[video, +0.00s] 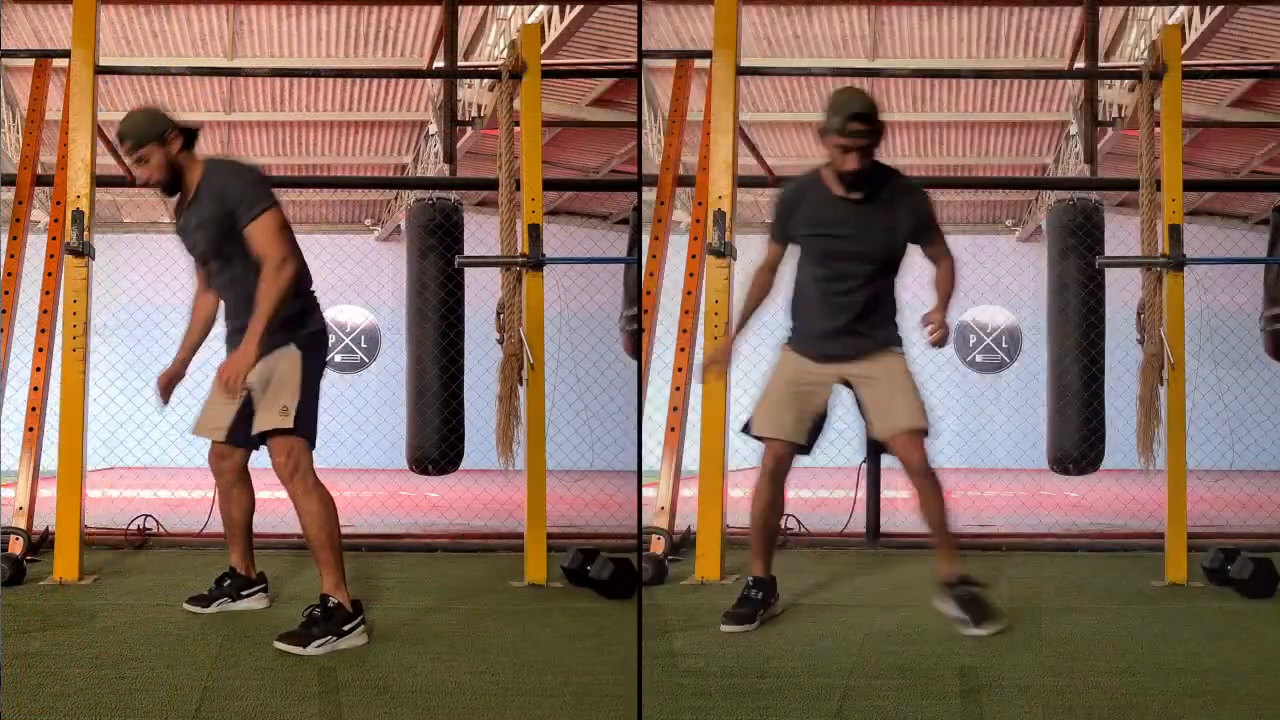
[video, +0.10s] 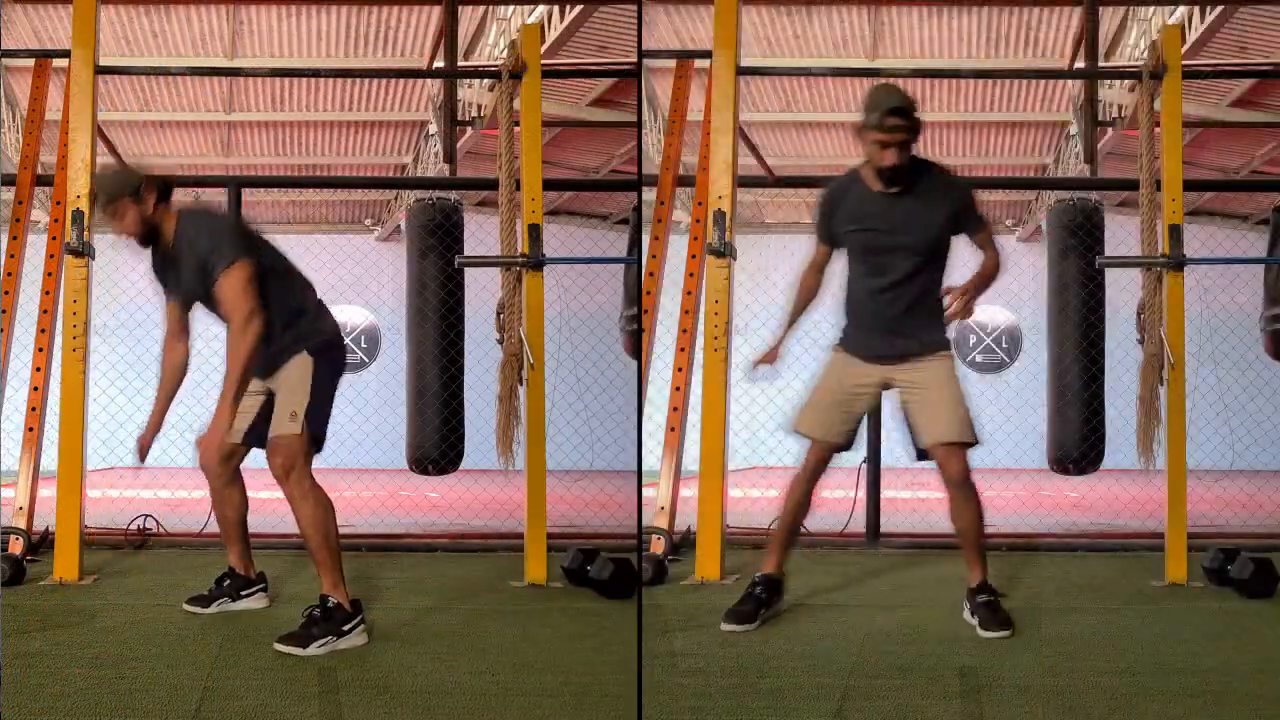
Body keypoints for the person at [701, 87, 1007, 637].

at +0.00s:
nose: (853, 162)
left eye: (863, 150)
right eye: (844, 150)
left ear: (877, 142)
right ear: (823, 142)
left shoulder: (905, 198)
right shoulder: (799, 196)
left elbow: (943, 259)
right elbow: (769, 267)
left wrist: (941, 306)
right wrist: (733, 334)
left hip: (878, 353)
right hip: (805, 351)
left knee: (915, 457)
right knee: (774, 458)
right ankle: (759, 584)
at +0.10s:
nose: (892, 158)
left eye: (902, 145)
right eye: (881, 145)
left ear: (915, 138)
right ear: (862, 138)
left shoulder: (945, 189)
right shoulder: (841, 196)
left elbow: (992, 254)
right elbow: (817, 266)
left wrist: (973, 288)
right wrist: (781, 337)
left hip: (927, 354)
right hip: (856, 352)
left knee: (956, 468)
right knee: (812, 462)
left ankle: (980, 589)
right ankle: (767, 580)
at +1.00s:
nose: (1035, 267)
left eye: (1045, 258)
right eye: (1027, 256)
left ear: (1063, 252)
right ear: (1013, 246)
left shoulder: (1100, 285)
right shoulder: (986, 273)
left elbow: (1146, 367)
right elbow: (960, 317)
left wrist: (1151, 462)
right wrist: (957, 381)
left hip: (1088, 374)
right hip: (1017, 371)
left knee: (1145, 470)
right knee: (998, 465)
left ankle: (1189, 581)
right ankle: (1004, 585)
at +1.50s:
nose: (871, 144)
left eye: (883, 132)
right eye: (863, 130)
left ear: (905, 126)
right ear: (850, 122)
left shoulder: (936, 177)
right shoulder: (826, 183)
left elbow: (981, 249)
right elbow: (804, 261)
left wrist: (1013, 317)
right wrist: (792, 328)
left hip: (917, 348)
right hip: (844, 348)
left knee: (958, 467)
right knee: (811, 466)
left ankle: (1007, 589)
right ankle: (796, 586)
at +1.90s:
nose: (710, 319)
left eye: (721, 306)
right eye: (703, 304)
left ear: (742, 292)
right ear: (692, 289)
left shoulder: (792, 283)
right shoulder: (674, 313)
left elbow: (854, 291)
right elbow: (652, 411)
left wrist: (876, 351)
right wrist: (644, 486)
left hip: (784, 375)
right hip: (713, 375)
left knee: (787, 468)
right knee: (660, 458)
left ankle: (770, 595)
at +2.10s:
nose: (674, 441)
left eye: (684, 429)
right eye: (665, 428)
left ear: (711, 406)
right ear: (651, 409)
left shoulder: (755, 365)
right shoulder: (639, 414)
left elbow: (809, 329)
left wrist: (822, 373)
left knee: (763, 471)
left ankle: (768, 593)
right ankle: (633, 560)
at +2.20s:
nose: (684, 423)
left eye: (696, 409)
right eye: (675, 409)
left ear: (715, 391)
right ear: (663, 391)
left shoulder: (761, 355)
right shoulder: (643, 393)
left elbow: (812, 327)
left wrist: (821, 373)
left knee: (763, 473)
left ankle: (768, 594)